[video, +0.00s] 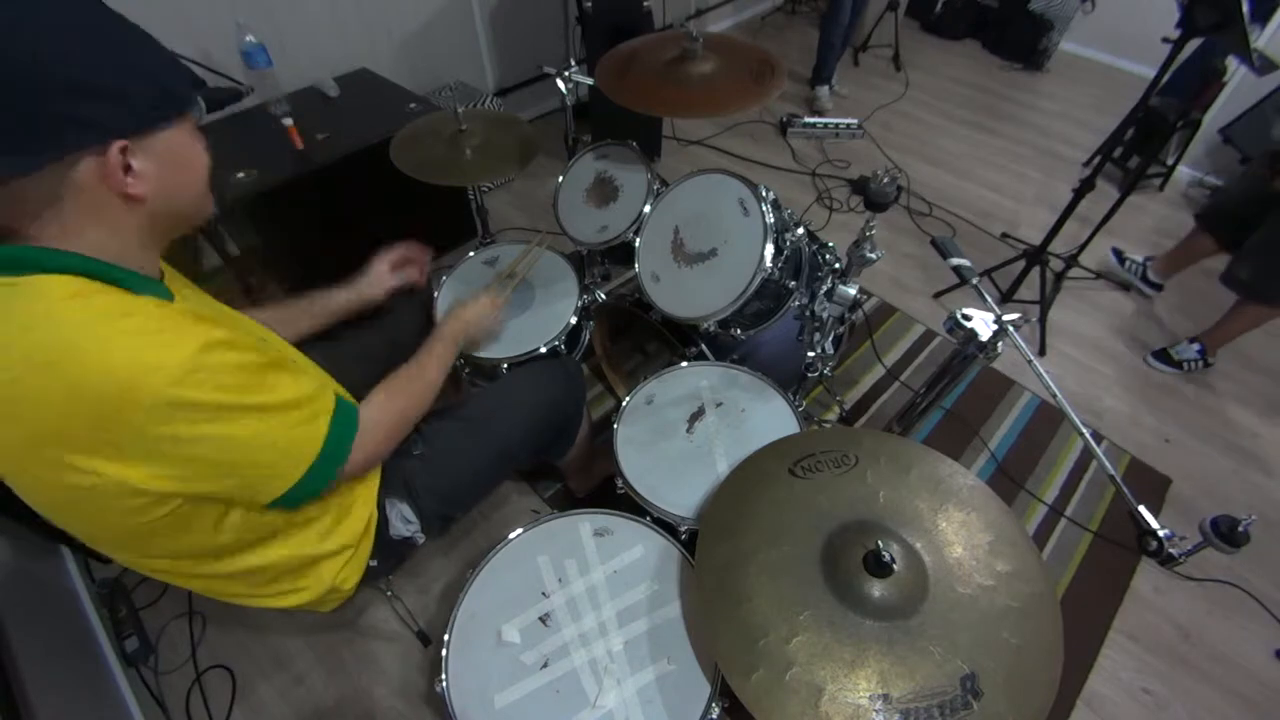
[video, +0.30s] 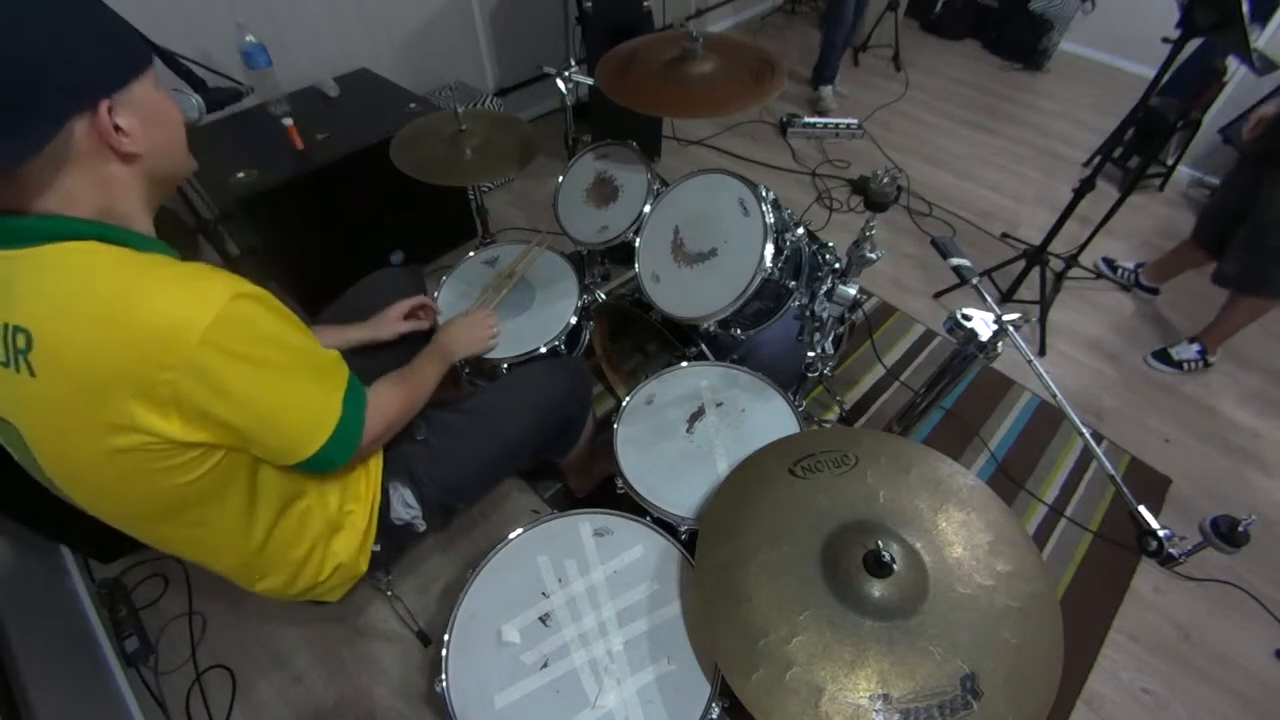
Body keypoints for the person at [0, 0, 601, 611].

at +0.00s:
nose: (205, 146)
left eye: (194, 123)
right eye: (190, 128)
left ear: (119, 171)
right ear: (127, 168)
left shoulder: (40, 274)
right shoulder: (162, 369)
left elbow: (210, 338)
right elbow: (354, 446)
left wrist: (356, 296)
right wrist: (451, 337)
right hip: (337, 526)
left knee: (421, 305)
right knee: (559, 377)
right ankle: (573, 476)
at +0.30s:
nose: (178, 105)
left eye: (162, 84)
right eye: (157, 87)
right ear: (115, 126)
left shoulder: (20, 267)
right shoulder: (192, 318)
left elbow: (194, 356)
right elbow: (348, 433)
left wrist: (361, 336)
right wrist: (445, 352)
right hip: (337, 519)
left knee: (402, 281)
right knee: (563, 369)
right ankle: (582, 474)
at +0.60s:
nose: (184, 100)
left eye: (170, 76)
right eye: (164, 78)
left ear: (111, 113)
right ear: (116, 112)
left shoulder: (21, 254)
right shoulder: (182, 328)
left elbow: (200, 356)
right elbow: (346, 465)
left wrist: (363, 327)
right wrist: (441, 377)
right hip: (339, 527)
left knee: (401, 278)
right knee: (556, 361)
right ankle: (572, 470)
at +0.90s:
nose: (179, 97)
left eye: (164, 73)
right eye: (159, 76)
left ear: (19, 135)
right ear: (112, 107)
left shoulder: (19, 254)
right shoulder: (164, 315)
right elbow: (384, 502)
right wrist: (551, 352)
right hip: (336, 540)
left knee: (402, 287)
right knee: (551, 376)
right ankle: (573, 468)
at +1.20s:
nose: (179, 100)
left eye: (164, 75)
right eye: (160, 76)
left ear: (31, 121)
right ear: (115, 104)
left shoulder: (24, 263)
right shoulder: (113, 275)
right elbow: (424, 347)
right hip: (350, 515)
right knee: (565, 377)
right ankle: (583, 486)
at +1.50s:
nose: (183, 101)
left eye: (177, 74)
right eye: (170, 75)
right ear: (118, 98)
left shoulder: (25, 238)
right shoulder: (98, 253)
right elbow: (333, 250)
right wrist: (212, 0)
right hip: (347, 508)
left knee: (420, 280)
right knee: (569, 378)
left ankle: (420, 396)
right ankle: (582, 476)